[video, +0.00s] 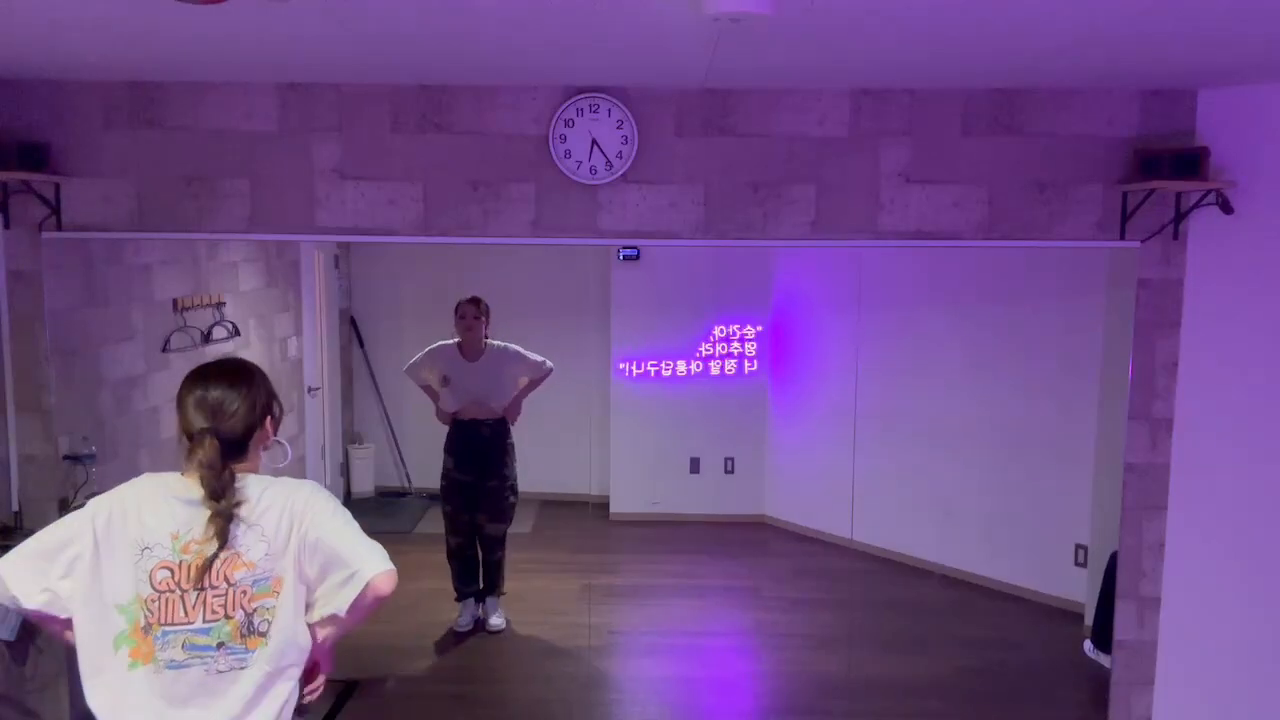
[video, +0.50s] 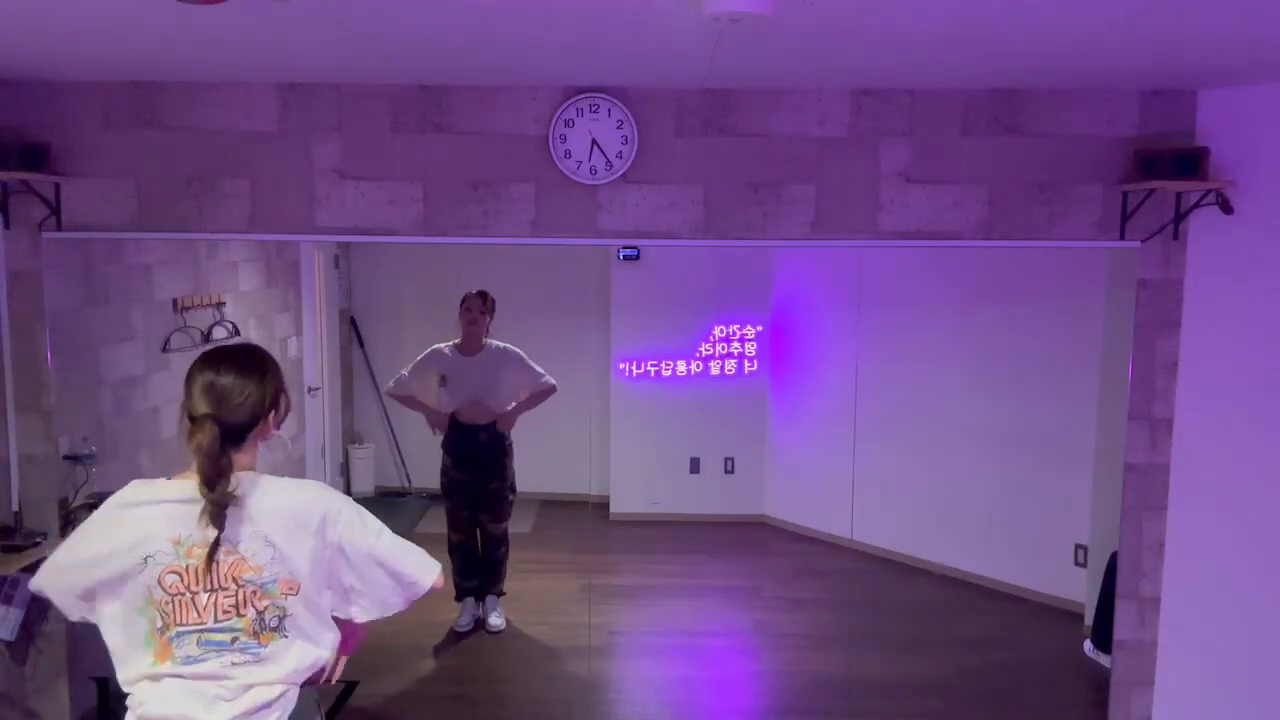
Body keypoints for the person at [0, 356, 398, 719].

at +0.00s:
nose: (277, 429)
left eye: (275, 416)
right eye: (276, 418)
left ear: (184, 427)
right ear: (265, 430)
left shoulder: (120, 506)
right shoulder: (302, 504)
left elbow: (16, 578)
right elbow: (380, 581)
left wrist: (91, 637)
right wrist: (323, 637)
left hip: (135, 711)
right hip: (256, 711)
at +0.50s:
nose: (283, 416)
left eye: (282, 404)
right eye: (282, 406)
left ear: (189, 411)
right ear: (271, 420)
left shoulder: (131, 507)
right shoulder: (312, 507)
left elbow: (55, 583)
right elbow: (429, 579)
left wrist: (138, 614)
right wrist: (351, 623)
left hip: (157, 708)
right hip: (270, 710)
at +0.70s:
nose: (261, 413)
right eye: (259, 402)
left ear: (168, 422)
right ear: (253, 417)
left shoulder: (136, 507)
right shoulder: (306, 511)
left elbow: (118, 615)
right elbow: (373, 603)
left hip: (154, 710)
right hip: (266, 710)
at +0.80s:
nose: (255, 409)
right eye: (252, 399)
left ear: (162, 424)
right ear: (247, 416)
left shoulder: (130, 513)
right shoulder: (302, 511)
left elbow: (138, 587)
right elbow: (349, 597)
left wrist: (145, 502)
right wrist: (418, 526)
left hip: (158, 713)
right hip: (268, 711)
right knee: (309, 691)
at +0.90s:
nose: (251, 410)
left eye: (249, 398)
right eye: (249, 400)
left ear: (158, 423)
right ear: (240, 418)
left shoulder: (124, 515)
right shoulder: (296, 513)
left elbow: (143, 593)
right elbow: (338, 596)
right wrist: (408, 536)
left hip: (156, 707)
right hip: (265, 706)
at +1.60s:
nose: (248, 417)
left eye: (246, 406)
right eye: (246, 407)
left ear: (158, 419)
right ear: (234, 420)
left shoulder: (127, 510)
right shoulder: (279, 507)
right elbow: (311, 620)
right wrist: (346, 561)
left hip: (126, 708)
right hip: (234, 710)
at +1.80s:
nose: (244, 421)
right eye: (242, 405)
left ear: (156, 424)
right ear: (230, 414)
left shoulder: (140, 515)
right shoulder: (295, 503)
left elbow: (144, 627)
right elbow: (333, 635)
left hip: (148, 707)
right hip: (254, 711)